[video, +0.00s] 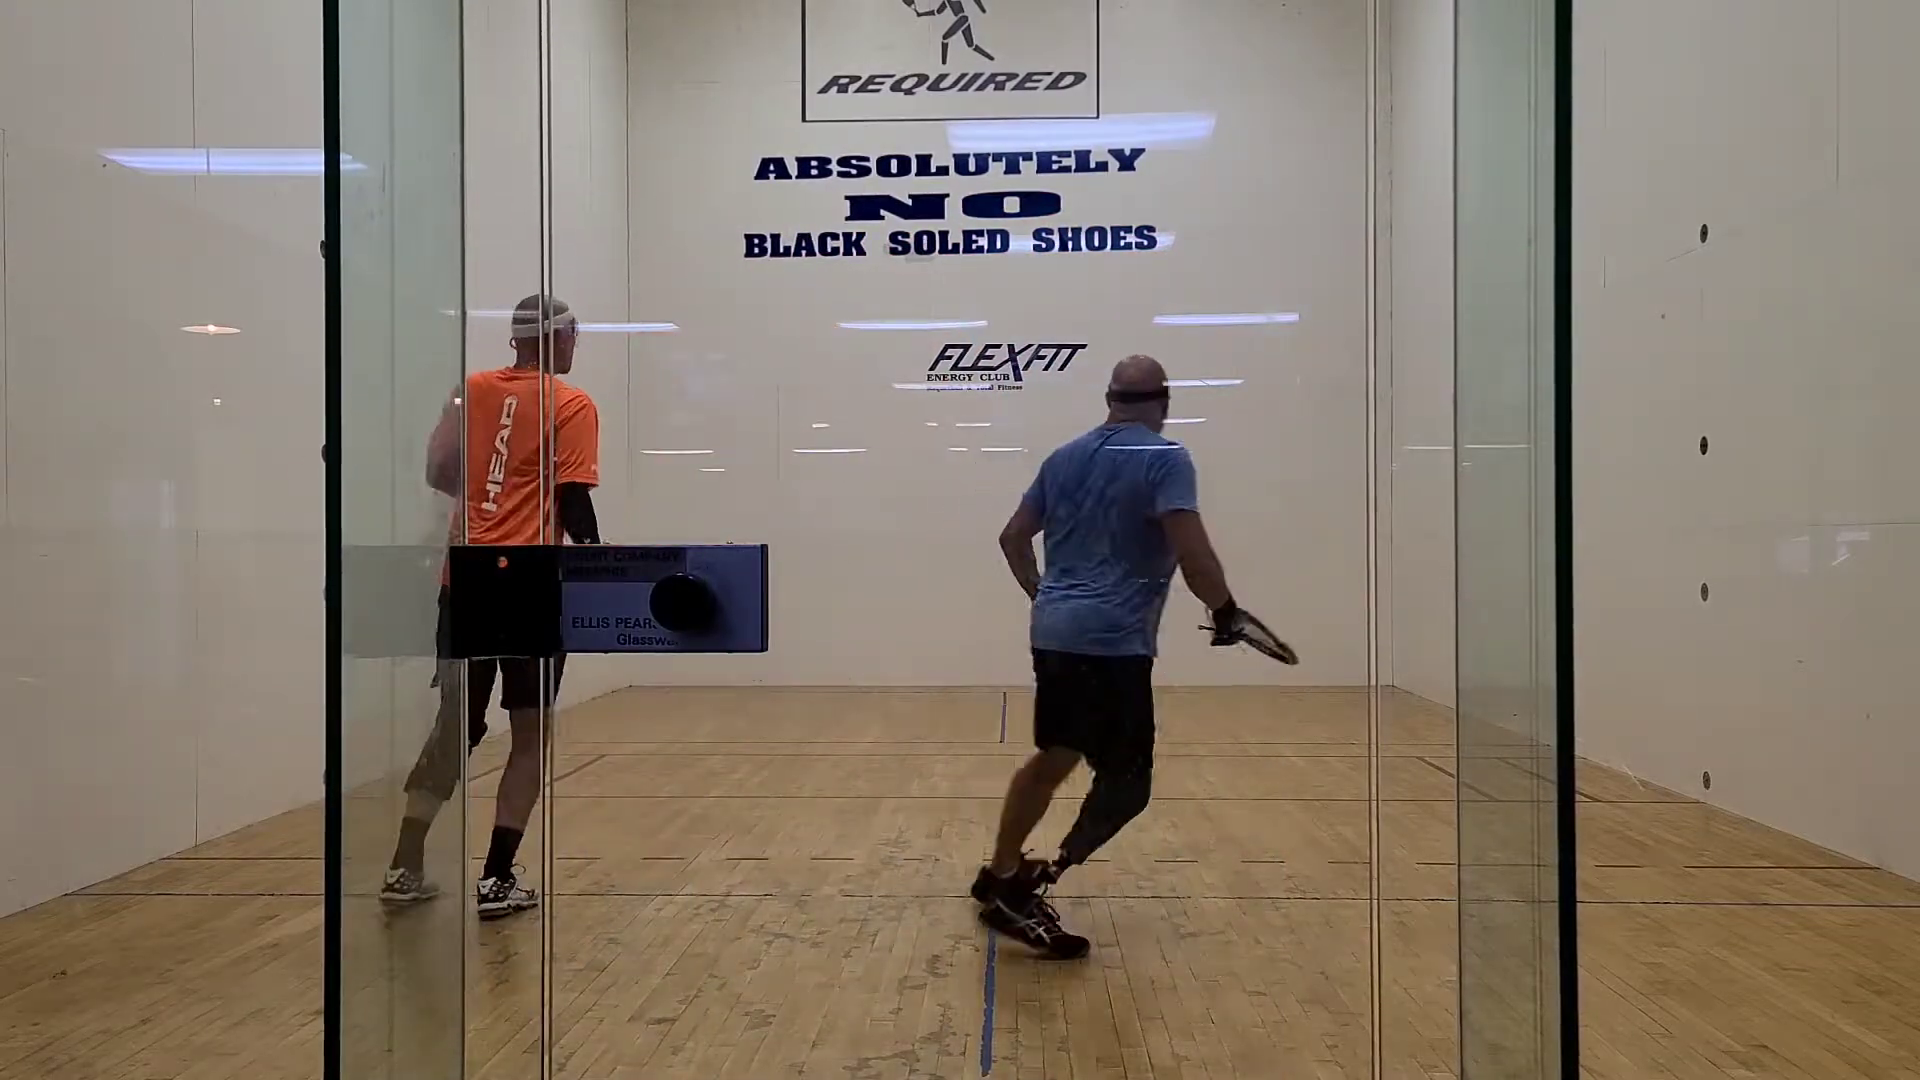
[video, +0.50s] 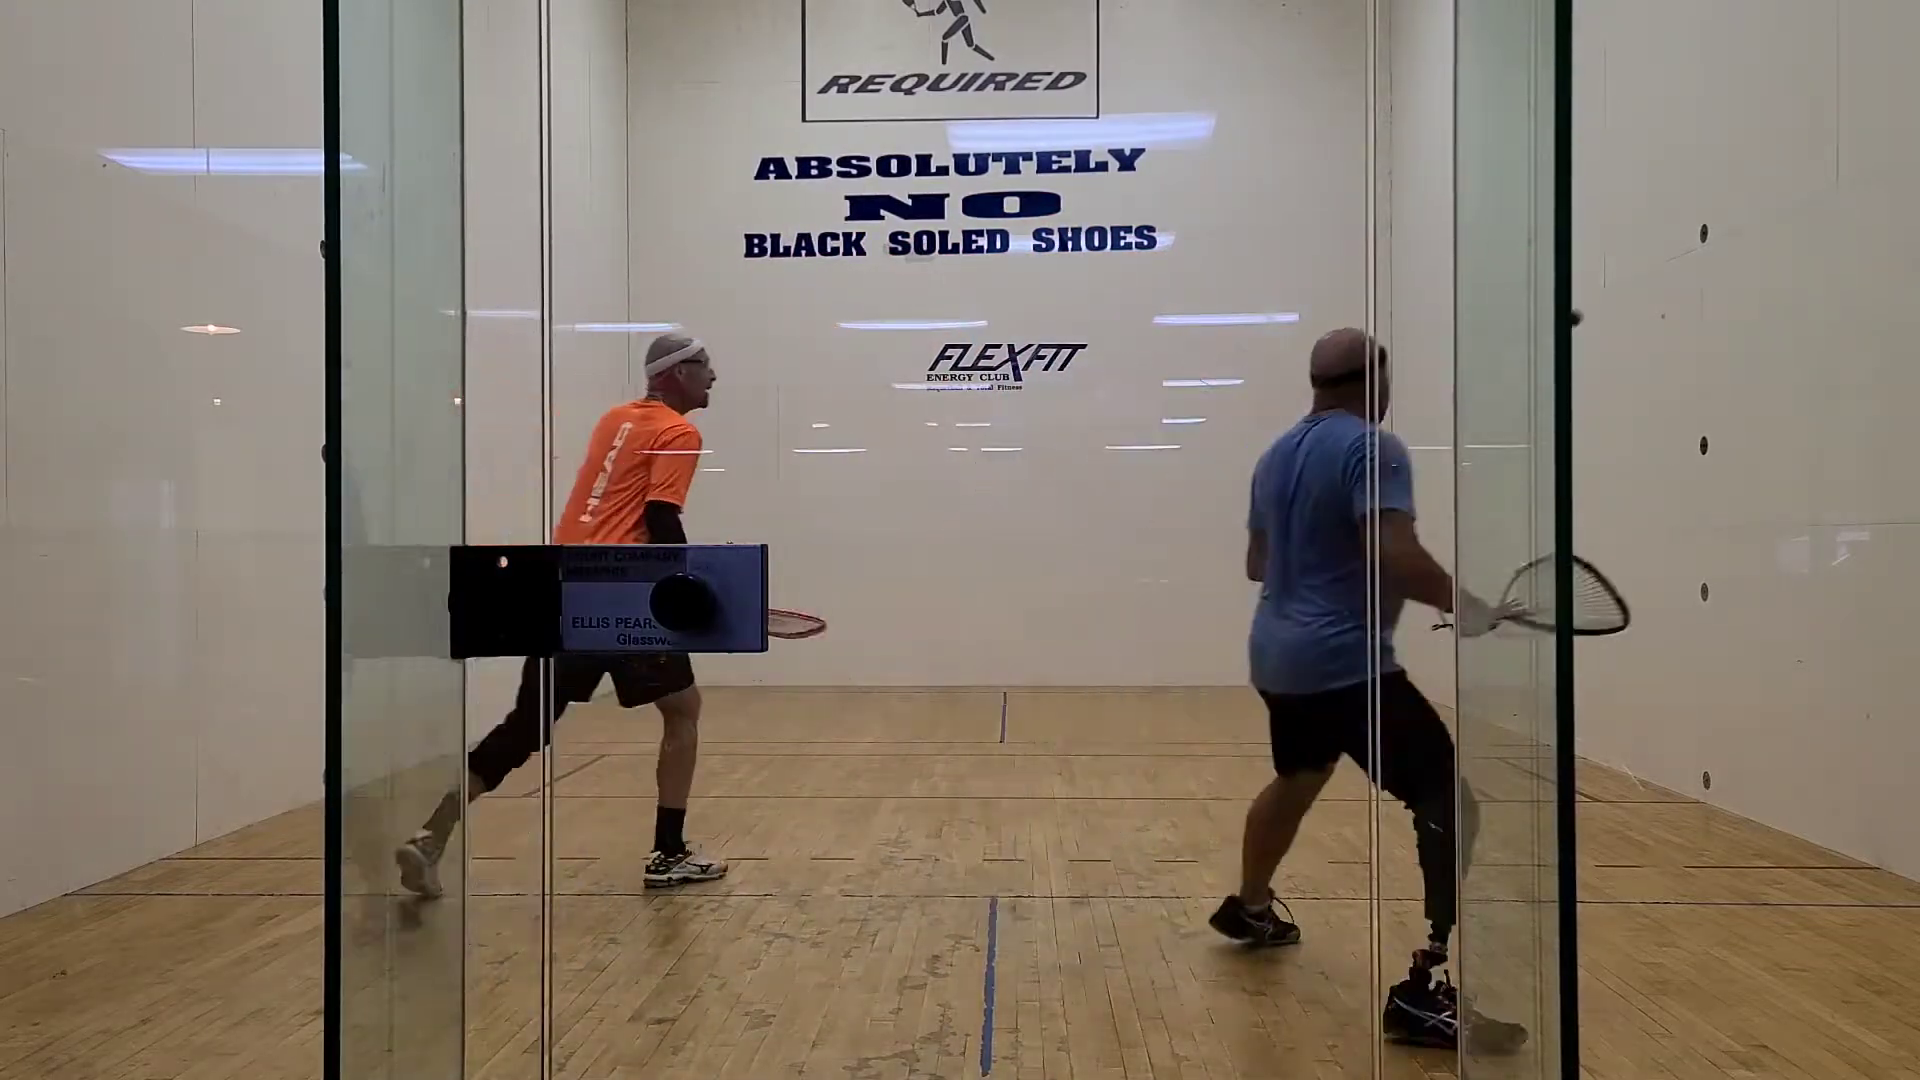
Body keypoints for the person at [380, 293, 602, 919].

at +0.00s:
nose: (575, 346)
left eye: (572, 335)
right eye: (572, 337)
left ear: (515, 339)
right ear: (561, 339)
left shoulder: (472, 390)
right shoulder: (573, 405)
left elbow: (439, 470)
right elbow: (572, 500)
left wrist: (495, 492)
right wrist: (601, 566)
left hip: (468, 578)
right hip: (537, 582)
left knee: (458, 725)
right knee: (529, 739)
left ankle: (405, 867)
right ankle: (497, 879)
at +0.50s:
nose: (713, 377)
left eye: (709, 367)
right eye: (705, 368)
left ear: (661, 378)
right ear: (674, 376)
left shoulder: (614, 418)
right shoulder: (679, 431)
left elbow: (593, 510)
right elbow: (661, 521)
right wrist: (696, 596)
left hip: (567, 591)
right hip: (624, 597)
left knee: (526, 723)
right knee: (683, 710)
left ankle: (429, 839)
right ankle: (669, 853)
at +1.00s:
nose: (843, 356)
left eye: (840, 346)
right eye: (832, 347)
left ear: (796, 359)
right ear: (799, 357)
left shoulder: (759, 410)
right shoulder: (803, 415)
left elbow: (715, 480)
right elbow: (785, 492)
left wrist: (696, 559)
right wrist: (828, 555)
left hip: (745, 589)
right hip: (764, 592)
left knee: (812, 686)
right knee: (734, 712)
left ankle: (836, 820)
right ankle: (671, 843)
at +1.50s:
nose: (957, 353)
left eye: (957, 344)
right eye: (945, 344)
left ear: (916, 357)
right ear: (914, 353)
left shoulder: (896, 408)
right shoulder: (934, 403)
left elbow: (884, 492)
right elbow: (932, 478)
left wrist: (937, 542)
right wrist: (974, 536)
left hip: (880, 574)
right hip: (918, 572)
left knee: (899, 696)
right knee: (982, 690)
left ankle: (857, 824)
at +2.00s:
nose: (1102, 399)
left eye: (1095, 391)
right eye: (1102, 391)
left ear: (1053, 393)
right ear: (1097, 390)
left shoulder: (1013, 437)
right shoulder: (1098, 442)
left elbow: (999, 508)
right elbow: (1095, 520)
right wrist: (1122, 594)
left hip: (994, 601)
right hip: (1056, 597)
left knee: (1006, 716)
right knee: (1146, 699)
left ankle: (945, 839)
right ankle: (1138, 840)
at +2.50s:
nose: (1286, 400)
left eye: (1286, 388)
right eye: (1281, 389)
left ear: (1241, 388)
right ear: (1260, 390)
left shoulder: (1202, 426)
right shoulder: (1241, 439)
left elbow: (1125, 452)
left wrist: (1123, 525)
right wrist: (1355, 437)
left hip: (1130, 592)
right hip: (1184, 602)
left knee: (1149, 715)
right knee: (1262, 720)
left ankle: (1071, 828)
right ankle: (1247, 874)